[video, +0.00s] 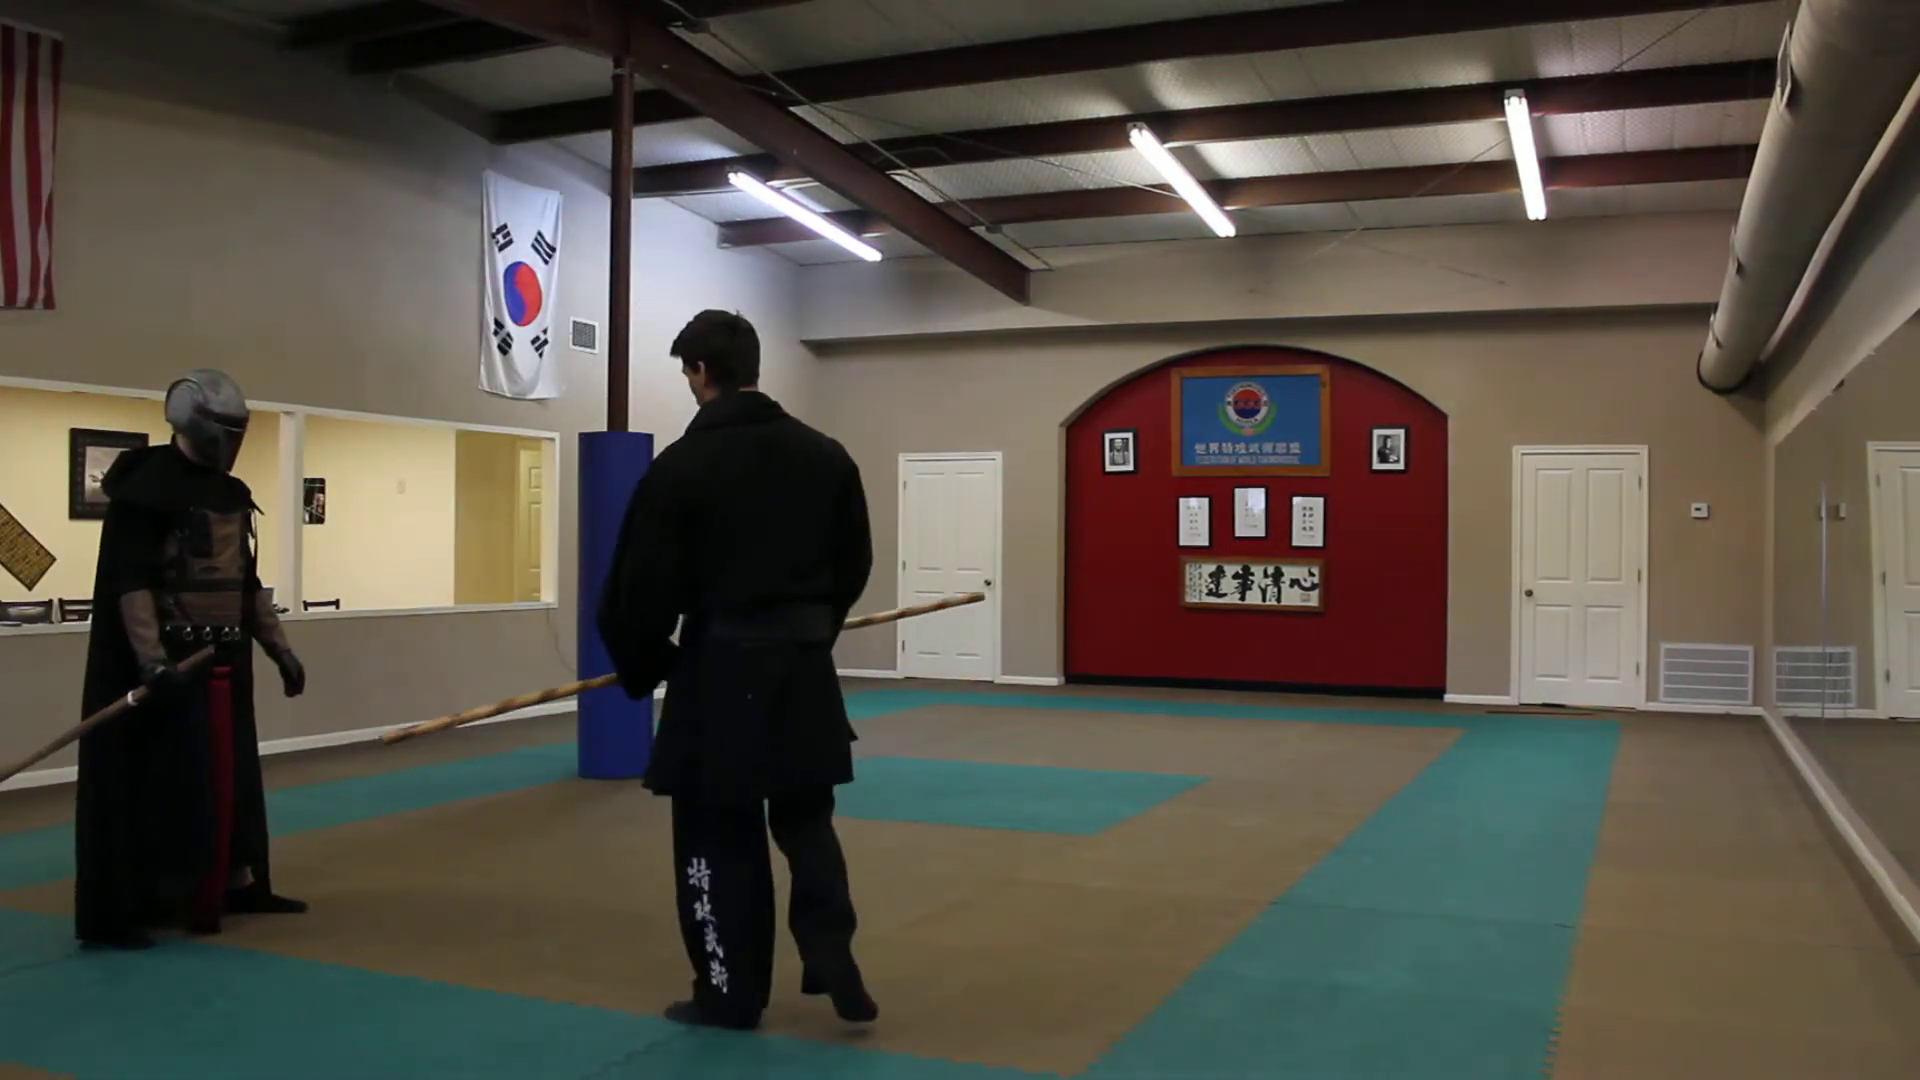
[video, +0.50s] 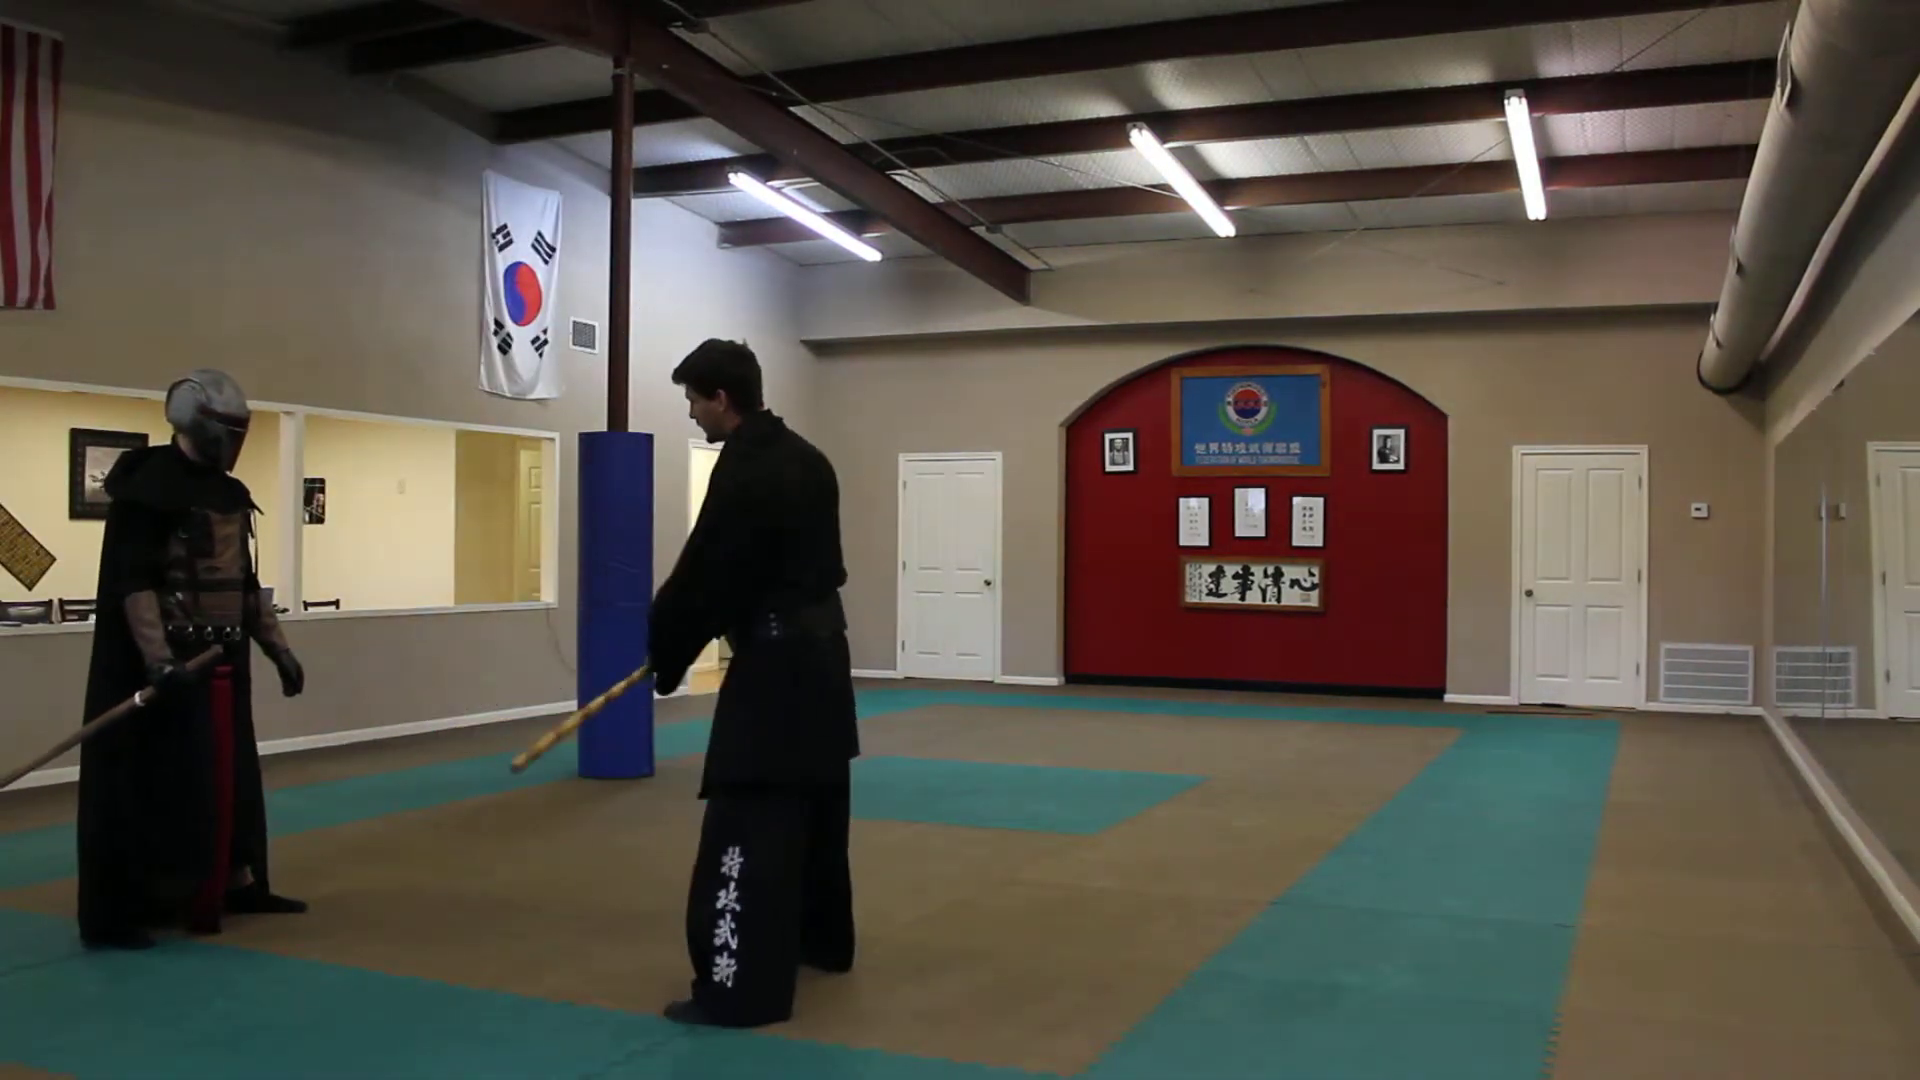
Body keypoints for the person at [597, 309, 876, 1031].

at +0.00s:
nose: (684, 385)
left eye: (683, 374)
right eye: (684, 374)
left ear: (699, 374)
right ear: (755, 369)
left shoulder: (680, 467)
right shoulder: (825, 456)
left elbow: (631, 598)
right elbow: (851, 568)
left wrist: (646, 669)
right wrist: (810, 634)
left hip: (716, 679)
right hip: (804, 676)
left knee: (715, 839)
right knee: (807, 817)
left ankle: (729, 996)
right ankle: (832, 953)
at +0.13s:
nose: (678, 387)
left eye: (677, 375)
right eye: (677, 375)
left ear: (694, 374)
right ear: (746, 369)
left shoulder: (681, 466)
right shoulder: (817, 455)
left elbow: (631, 590)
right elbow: (840, 559)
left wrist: (645, 659)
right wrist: (802, 617)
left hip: (719, 674)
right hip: (801, 668)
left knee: (717, 836)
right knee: (804, 820)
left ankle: (734, 996)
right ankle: (836, 973)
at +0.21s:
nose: (678, 391)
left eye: (678, 379)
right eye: (677, 379)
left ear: (695, 379)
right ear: (743, 373)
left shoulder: (689, 469)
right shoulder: (815, 456)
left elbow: (639, 588)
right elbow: (837, 556)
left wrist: (644, 654)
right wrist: (799, 610)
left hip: (723, 671)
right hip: (799, 665)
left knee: (716, 830)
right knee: (799, 810)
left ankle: (735, 996)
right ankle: (829, 955)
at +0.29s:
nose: (682, 399)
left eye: (682, 386)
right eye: (681, 386)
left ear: (701, 382)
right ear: (745, 377)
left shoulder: (703, 468)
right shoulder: (816, 459)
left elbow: (645, 586)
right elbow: (830, 562)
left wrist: (647, 651)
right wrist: (785, 603)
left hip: (730, 668)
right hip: (803, 661)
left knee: (719, 824)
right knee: (807, 804)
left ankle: (733, 994)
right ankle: (818, 939)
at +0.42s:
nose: (691, 409)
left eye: (692, 396)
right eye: (688, 396)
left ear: (715, 390)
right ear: (747, 387)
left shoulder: (729, 467)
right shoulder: (815, 461)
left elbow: (682, 572)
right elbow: (810, 566)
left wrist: (652, 645)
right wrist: (727, 606)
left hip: (754, 670)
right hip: (813, 663)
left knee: (729, 824)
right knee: (807, 803)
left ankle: (736, 993)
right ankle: (823, 935)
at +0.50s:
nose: (692, 416)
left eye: (694, 403)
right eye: (690, 404)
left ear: (721, 398)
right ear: (744, 396)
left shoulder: (743, 468)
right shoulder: (807, 459)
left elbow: (709, 572)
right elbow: (804, 569)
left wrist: (667, 650)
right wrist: (713, 622)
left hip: (774, 662)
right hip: (824, 654)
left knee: (743, 816)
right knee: (817, 803)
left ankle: (737, 987)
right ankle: (825, 941)